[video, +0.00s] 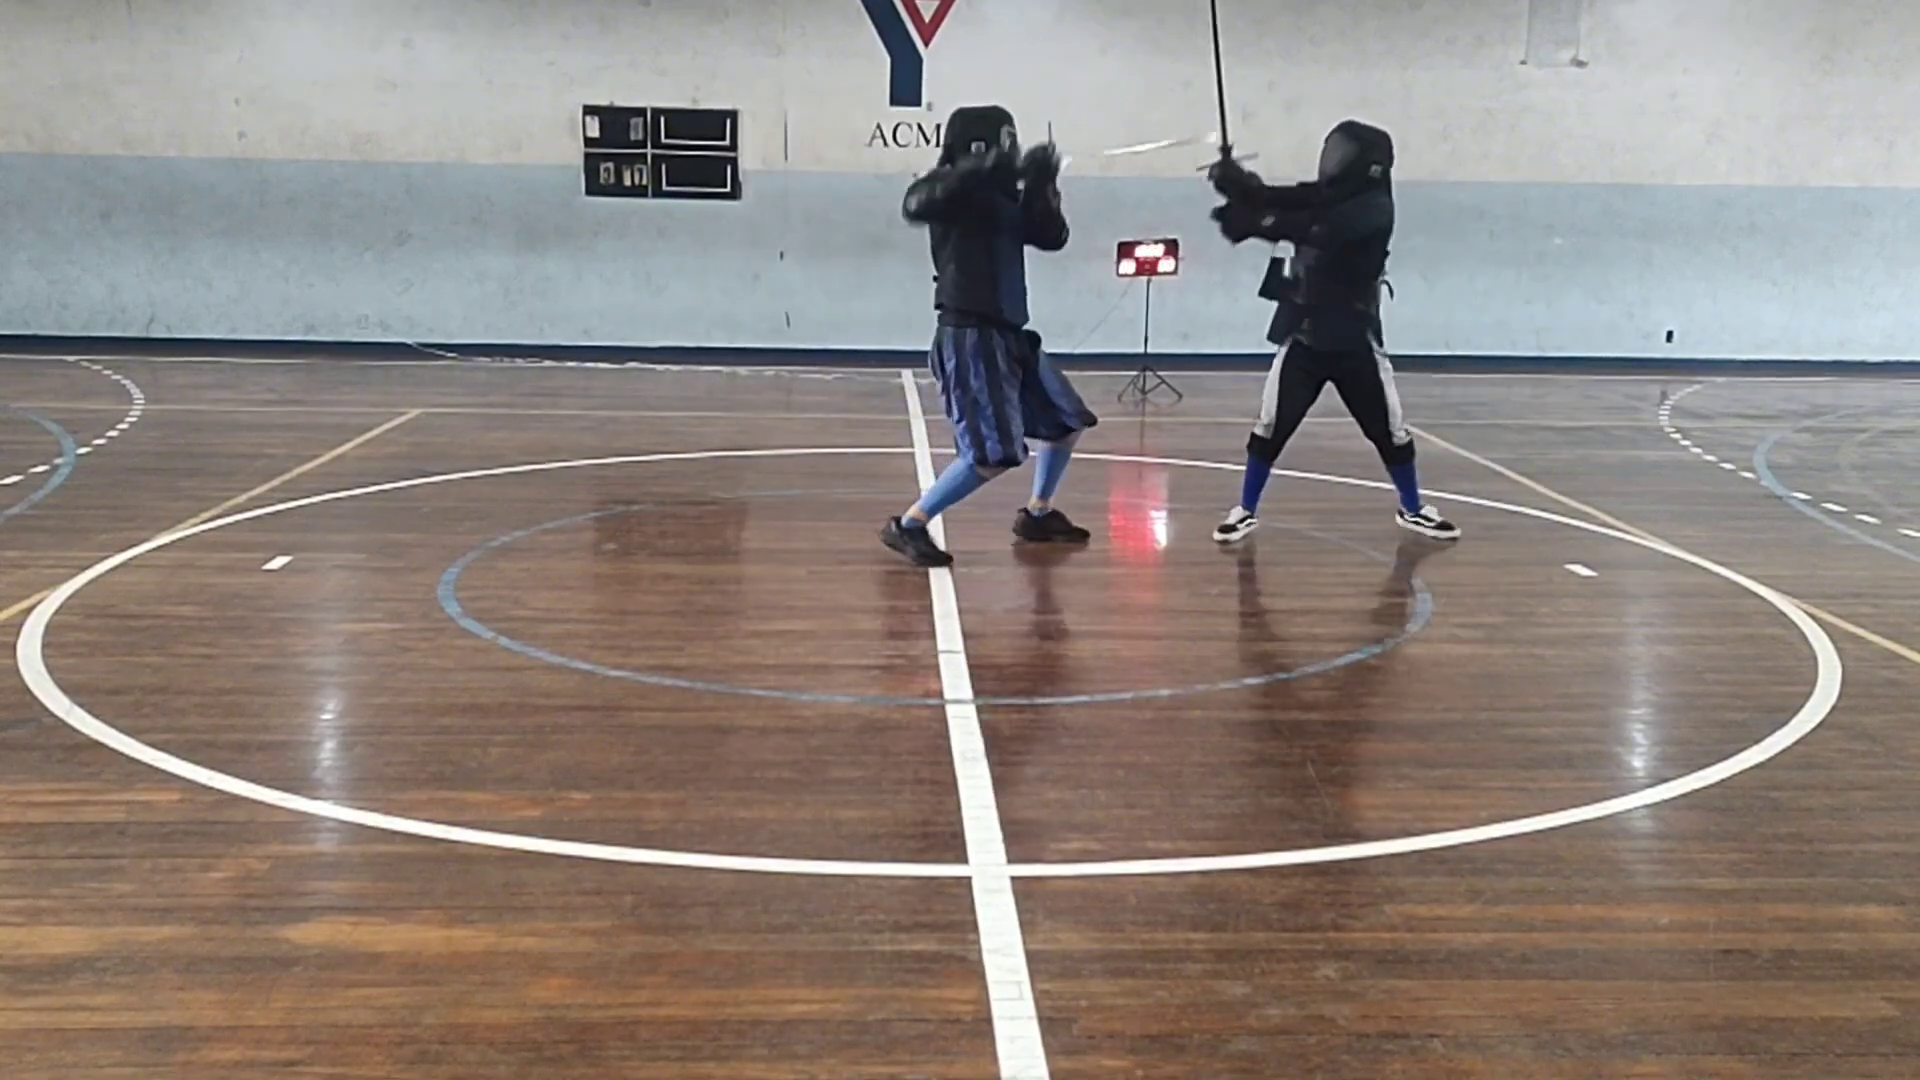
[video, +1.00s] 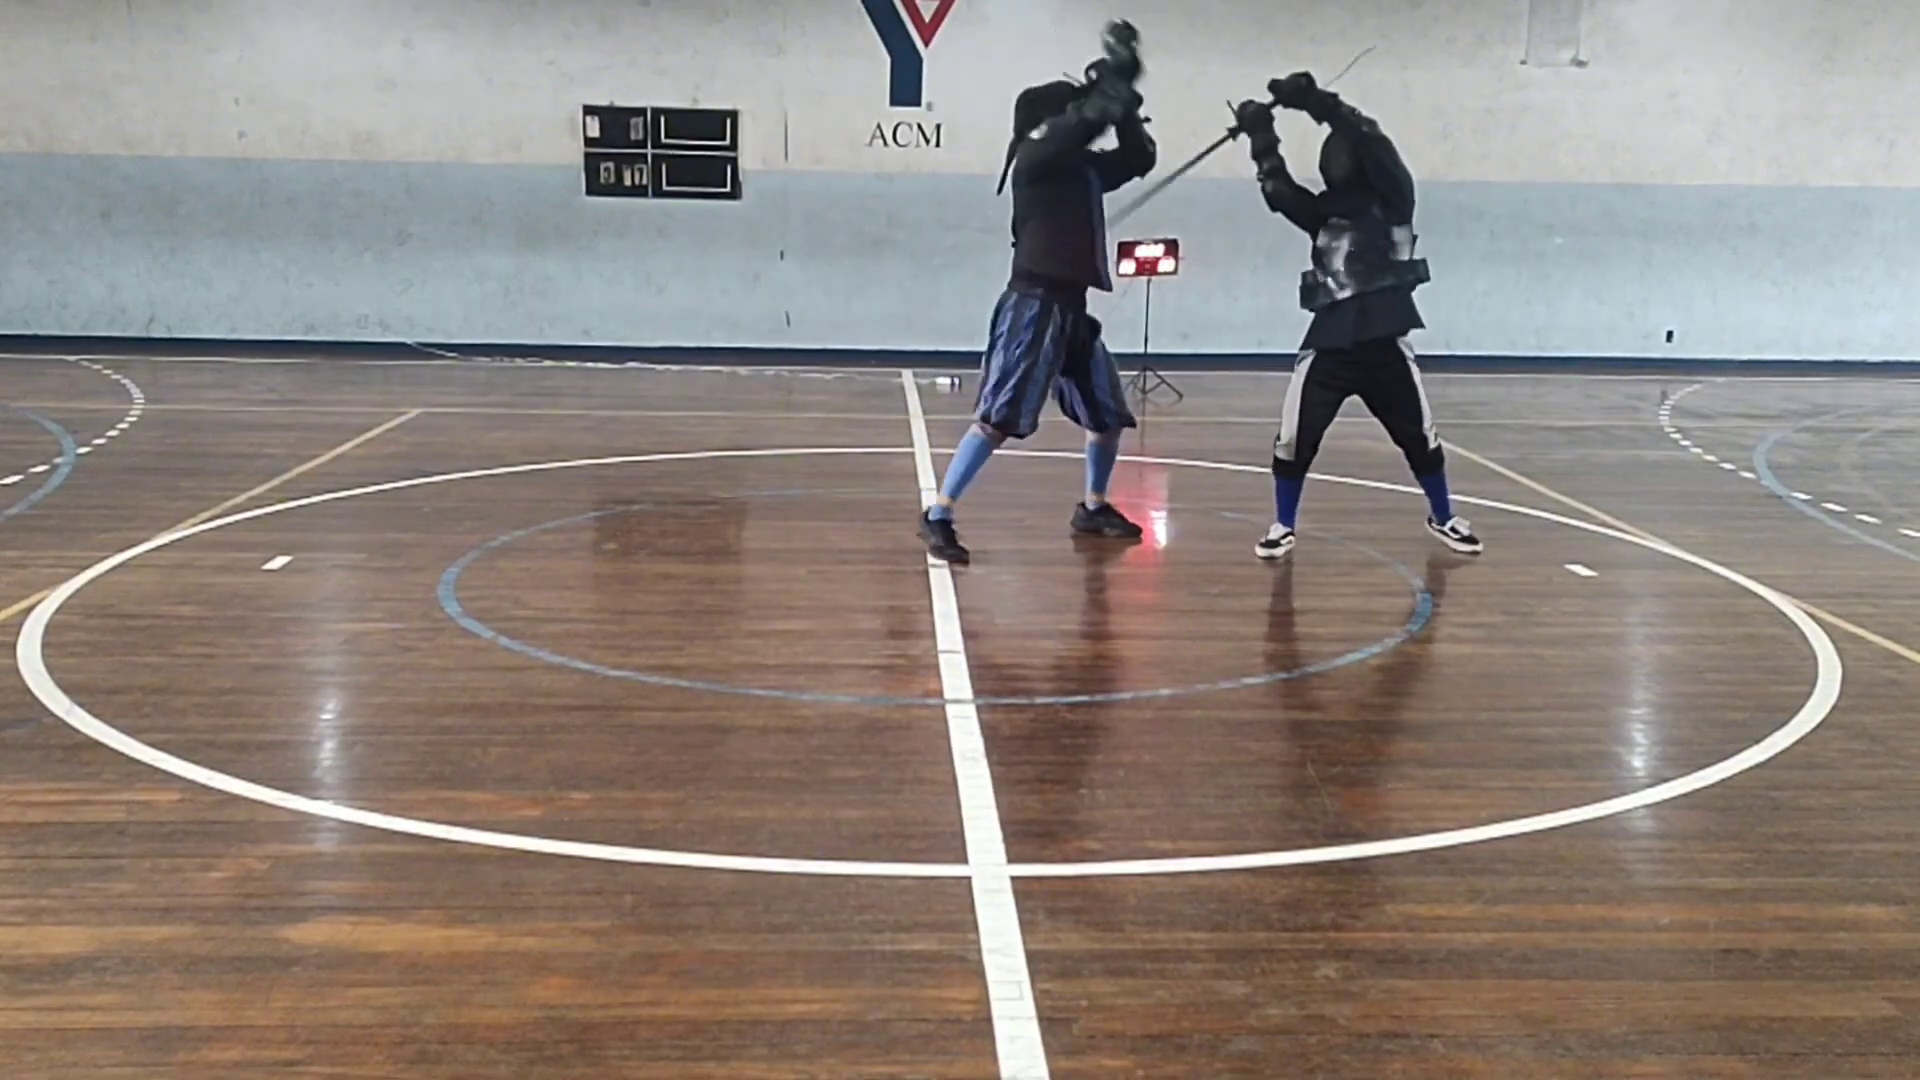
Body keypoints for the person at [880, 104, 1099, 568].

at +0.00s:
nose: (1006, 157)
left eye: (1008, 149)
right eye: (1000, 148)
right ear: (977, 149)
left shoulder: (1009, 196)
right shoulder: (946, 185)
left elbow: (1052, 237)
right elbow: (916, 205)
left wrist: (1041, 186)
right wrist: (985, 168)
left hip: (1010, 334)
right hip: (967, 335)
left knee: (1065, 422)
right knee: (996, 450)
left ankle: (1039, 514)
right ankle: (909, 524)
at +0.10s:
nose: (1025, 154)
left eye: (1026, 144)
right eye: (1018, 143)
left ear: (997, 147)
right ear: (991, 146)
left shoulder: (1027, 208)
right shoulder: (956, 203)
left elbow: (1052, 279)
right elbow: (932, 284)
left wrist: (1038, 288)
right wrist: (984, 308)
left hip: (1024, 341)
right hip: (978, 343)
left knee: (1084, 416)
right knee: (997, 454)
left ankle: (1060, 503)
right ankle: (909, 526)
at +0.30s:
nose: (1028, 177)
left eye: (1028, 169)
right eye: (1021, 168)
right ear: (994, 172)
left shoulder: (1028, 229)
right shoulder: (966, 224)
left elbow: (1063, 296)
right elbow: (977, 291)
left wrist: (1090, 277)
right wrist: (1048, 304)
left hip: (1045, 356)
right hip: (1001, 359)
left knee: (1106, 424)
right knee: (1007, 471)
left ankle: (1086, 515)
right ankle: (916, 531)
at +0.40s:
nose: (1030, 174)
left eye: (1029, 167)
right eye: (1022, 166)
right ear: (998, 169)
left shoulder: (1037, 215)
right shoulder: (968, 212)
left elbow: (1087, 253)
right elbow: (980, 228)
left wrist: (1104, 203)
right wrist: (1041, 205)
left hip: (1053, 347)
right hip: (1007, 349)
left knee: (1112, 418)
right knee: (1004, 462)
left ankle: (1089, 514)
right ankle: (913, 531)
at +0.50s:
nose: (1043, 152)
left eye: (1042, 144)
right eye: (1032, 144)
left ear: (1038, 153)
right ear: (1006, 156)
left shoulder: (1054, 203)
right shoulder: (989, 203)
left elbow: (1103, 199)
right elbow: (963, 139)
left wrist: (1097, 134)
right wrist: (1028, 106)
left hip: (1062, 340)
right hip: (1019, 338)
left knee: (1122, 418)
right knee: (995, 450)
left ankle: (1092, 507)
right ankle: (912, 530)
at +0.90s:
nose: (1079, 114)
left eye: (1077, 108)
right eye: (1069, 107)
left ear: (1071, 121)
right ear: (1046, 118)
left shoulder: (1092, 165)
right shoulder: (1019, 161)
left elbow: (1136, 136)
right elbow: (1005, 87)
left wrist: (1109, 79)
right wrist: (1049, 42)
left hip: (1080, 309)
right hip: (1030, 306)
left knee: (1107, 417)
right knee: (1004, 419)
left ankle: (1093, 510)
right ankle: (953, 521)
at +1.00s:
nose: (1087, 118)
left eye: (1086, 110)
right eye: (1078, 111)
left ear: (1061, 120)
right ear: (1051, 118)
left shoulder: (1086, 168)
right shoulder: (1035, 156)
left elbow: (1138, 158)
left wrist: (1125, 103)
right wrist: (1117, 78)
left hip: (1071, 313)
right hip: (1032, 307)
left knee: (1108, 417)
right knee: (999, 418)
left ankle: (1094, 509)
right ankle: (938, 512)